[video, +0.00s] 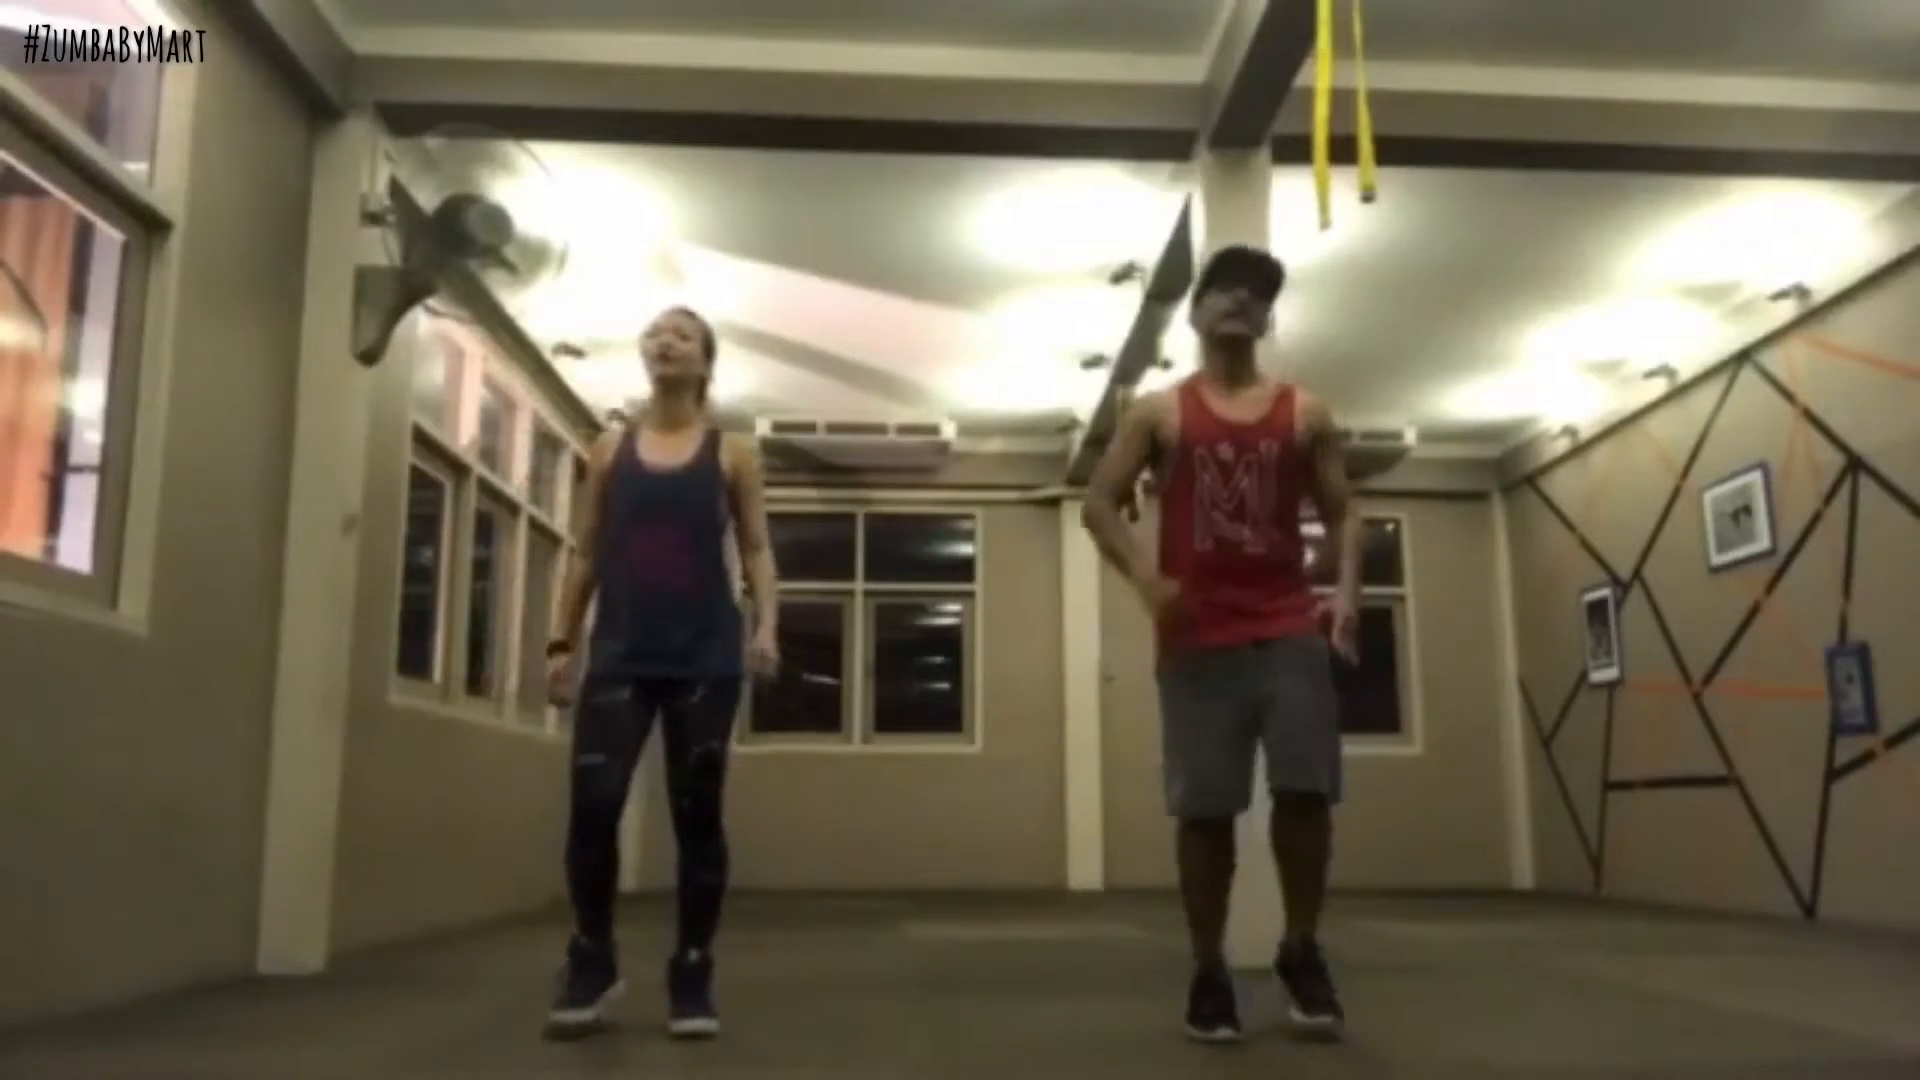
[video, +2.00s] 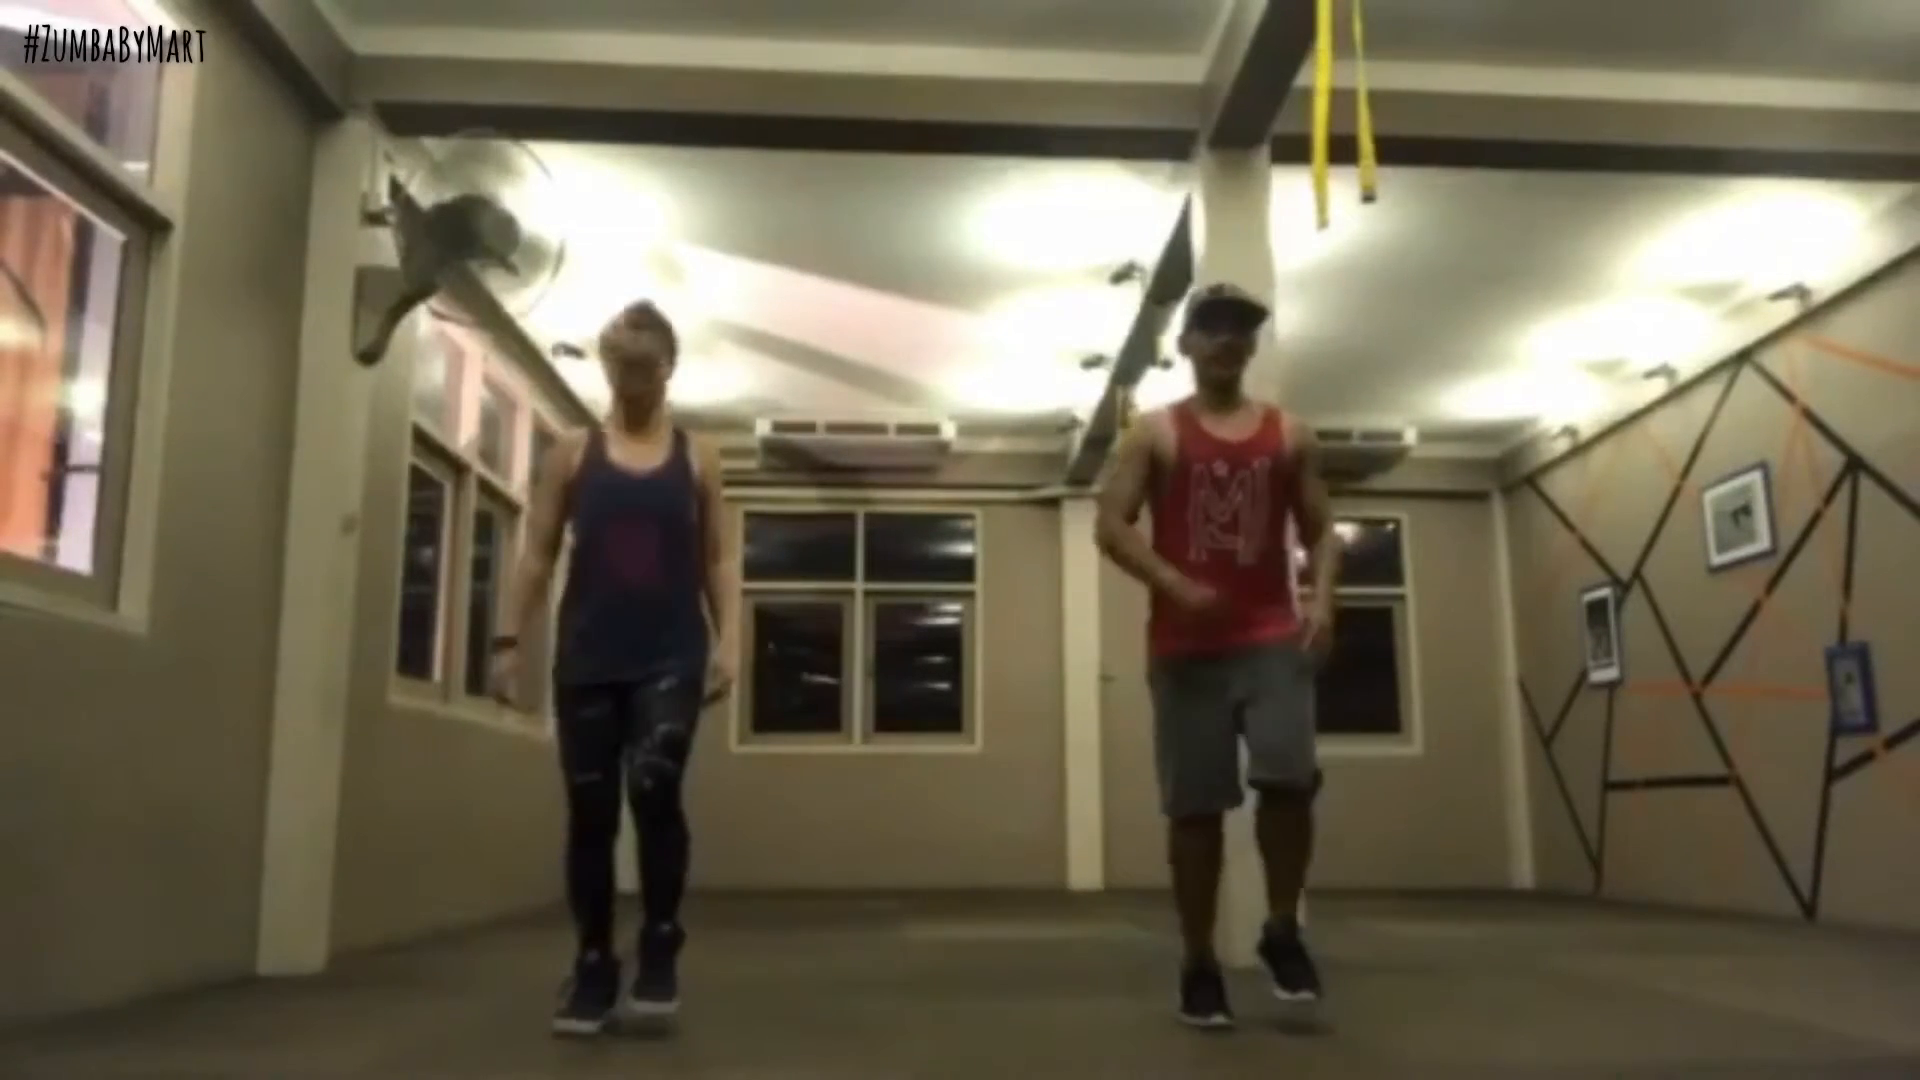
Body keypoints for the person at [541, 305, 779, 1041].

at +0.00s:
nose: (666, 343)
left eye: (682, 335)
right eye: (656, 334)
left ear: (706, 358)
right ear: (642, 354)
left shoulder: (730, 450)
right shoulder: (610, 450)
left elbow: (757, 550)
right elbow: (584, 550)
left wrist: (765, 624)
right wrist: (563, 641)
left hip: (704, 656)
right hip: (618, 654)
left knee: (697, 818)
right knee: (591, 808)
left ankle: (692, 979)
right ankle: (591, 965)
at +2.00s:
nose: (633, 379)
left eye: (646, 365)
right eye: (622, 364)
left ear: (670, 367)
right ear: (602, 366)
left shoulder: (697, 456)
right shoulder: (572, 454)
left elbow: (718, 556)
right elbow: (536, 552)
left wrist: (728, 641)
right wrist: (511, 642)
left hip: (672, 655)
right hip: (589, 656)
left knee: (654, 791)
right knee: (591, 813)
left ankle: (659, 950)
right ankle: (594, 964)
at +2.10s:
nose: (636, 383)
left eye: (649, 370)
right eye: (624, 370)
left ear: (670, 371)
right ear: (604, 373)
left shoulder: (698, 458)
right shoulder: (578, 454)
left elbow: (716, 562)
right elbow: (549, 543)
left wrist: (724, 650)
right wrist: (505, 609)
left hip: (672, 656)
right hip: (589, 657)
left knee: (652, 796)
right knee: (591, 811)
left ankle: (661, 951)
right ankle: (594, 964)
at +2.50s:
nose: (634, 383)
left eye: (648, 370)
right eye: (623, 369)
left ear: (672, 373)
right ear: (604, 372)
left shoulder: (698, 457)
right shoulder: (579, 455)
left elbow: (734, 545)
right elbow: (557, 554)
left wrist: (768, 620)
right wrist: (547, 639)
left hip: (673, 656)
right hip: (591, 652)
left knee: (666, 811)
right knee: (570, 797)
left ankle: (660, 969)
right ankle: (565, 940)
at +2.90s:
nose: (620, 356)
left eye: (634, 347)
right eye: (608, 345)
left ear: (653, 368)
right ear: (586, 364)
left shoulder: (674, 458)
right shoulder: (556, 456)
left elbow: (695, 559)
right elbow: (521, 547)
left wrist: (705, 644)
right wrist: (485, 630)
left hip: (650, 657)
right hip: (568, 659)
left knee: (631, 783)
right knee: (565, 813)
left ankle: (651, 938)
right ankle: (560, 970)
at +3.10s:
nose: (621, 358)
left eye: (636, 349)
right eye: (610, 350)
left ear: (661, 371)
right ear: (593, 372)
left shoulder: (688, 460)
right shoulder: (564, 461)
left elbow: (707, 565)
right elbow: (529, 551)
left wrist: (721, 657)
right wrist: (497, 627)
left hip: (659, 668)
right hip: (573, 667)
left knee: (641, 820)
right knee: (568, 820)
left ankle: (650, 973)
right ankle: (558, 972)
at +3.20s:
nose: (628, 350)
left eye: (643, 341)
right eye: (616, 342)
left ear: (668, 363)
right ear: (600, 366)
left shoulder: (696, 455)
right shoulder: (575, 457)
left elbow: (718, 560)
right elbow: (554, 553)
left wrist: (733, 650)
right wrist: (527, 637)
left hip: (667, 660)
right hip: (583, 658)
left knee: (651, 817)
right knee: (573, 816)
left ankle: (649, 970)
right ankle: (560, 967)